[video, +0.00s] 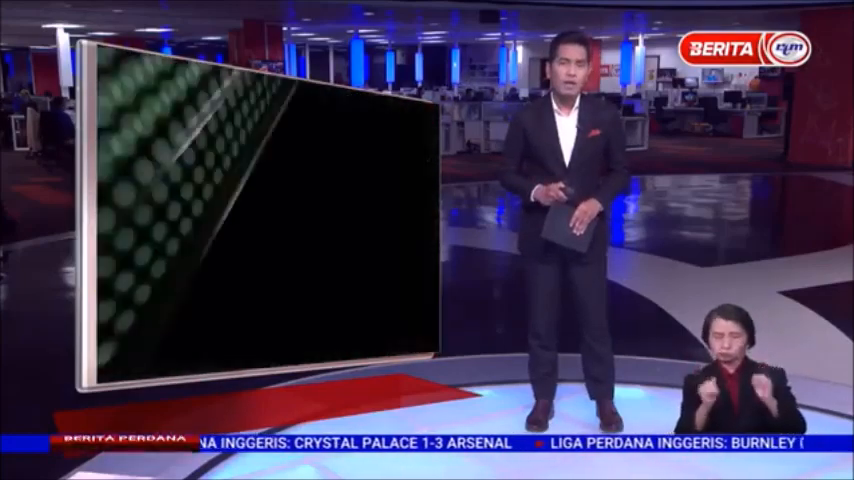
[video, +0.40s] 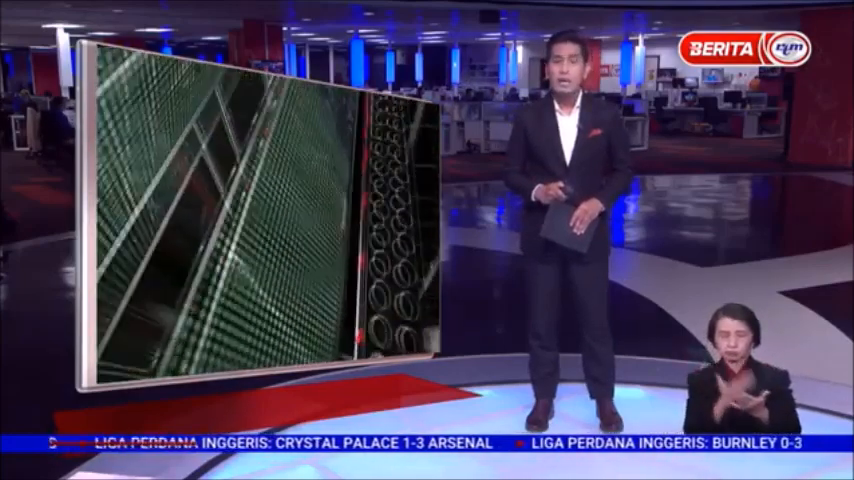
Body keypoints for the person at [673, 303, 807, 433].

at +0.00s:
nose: (726, 344)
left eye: (735, 336)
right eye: (718, 337)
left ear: (748, 340)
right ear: (708, 341)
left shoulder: (773, 377)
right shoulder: (696, 382)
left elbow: (798, 429)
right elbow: (682, 437)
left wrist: (769, 401)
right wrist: (704, 408)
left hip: (765, 463)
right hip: (713, 464)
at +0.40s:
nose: (732, 343)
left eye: (741, 335)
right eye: (724, 335)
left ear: (754, 339)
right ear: (714, 340)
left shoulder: (775, 379)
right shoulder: (701, 381)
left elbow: (792, 431)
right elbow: (692, 432)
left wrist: (759, 411)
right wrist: (722, 405)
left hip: (766, 461)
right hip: (715, 461)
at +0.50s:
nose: (733, 343)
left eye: (742, 335)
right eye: (725, 335)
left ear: (755, 340)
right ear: (714, 340)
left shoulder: (776, 379)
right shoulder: (701, 380)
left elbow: (791, 432)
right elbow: (695, 434)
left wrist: (757, 413)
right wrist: (728, 411)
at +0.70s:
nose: (735, 345)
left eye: (744, 337)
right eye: (727, 337)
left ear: (756, 341)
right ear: (717, 341)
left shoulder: (777, 379)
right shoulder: (702, 378)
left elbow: (796, 434)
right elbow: (690, 435)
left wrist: (771, 407)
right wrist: (710, 399)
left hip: (765, 462)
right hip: (714, 462)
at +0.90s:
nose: (737, 344)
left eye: (745, 336)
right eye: (729, 336)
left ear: (758, 340)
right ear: (718, 341)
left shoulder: (779, 379)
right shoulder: (702, 378)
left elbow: (801, 430)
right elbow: (681, 433)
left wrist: (774, 414)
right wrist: (701, 405)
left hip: (767, 465)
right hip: (714, 464)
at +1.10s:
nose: (737, 345)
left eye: (746, 336)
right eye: (729, 336)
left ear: (758, 340)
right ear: (719, 340)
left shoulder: (779, 380)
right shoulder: (702, 379)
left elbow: (800, 430)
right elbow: (680, 432)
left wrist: (768, 431)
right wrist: (703, 423)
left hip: (767, 465)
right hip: (712, 464)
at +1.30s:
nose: (735, 349)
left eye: (744, 340)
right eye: (728, 340)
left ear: (757, 342)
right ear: (718, 342)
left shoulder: (777, 380)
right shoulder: (704, 377)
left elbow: (792, 432)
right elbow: (685, 425)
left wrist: (770, 428)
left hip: (762, 462)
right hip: (715, 460)